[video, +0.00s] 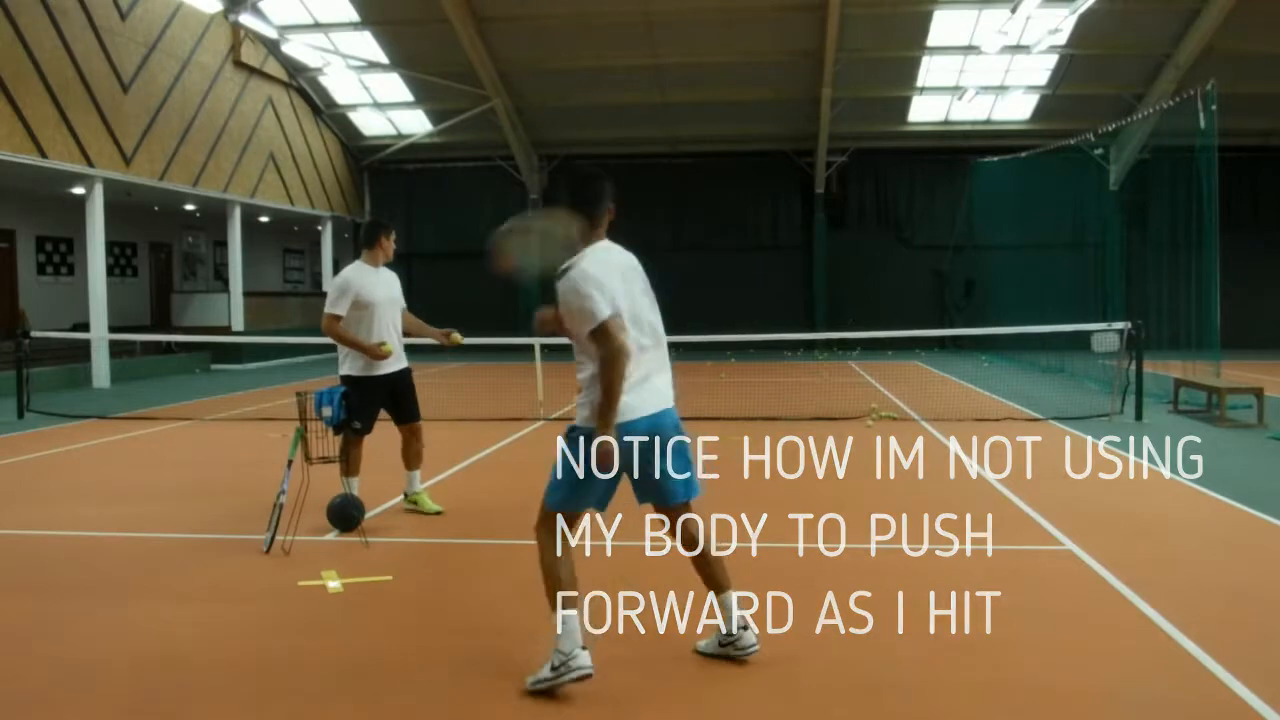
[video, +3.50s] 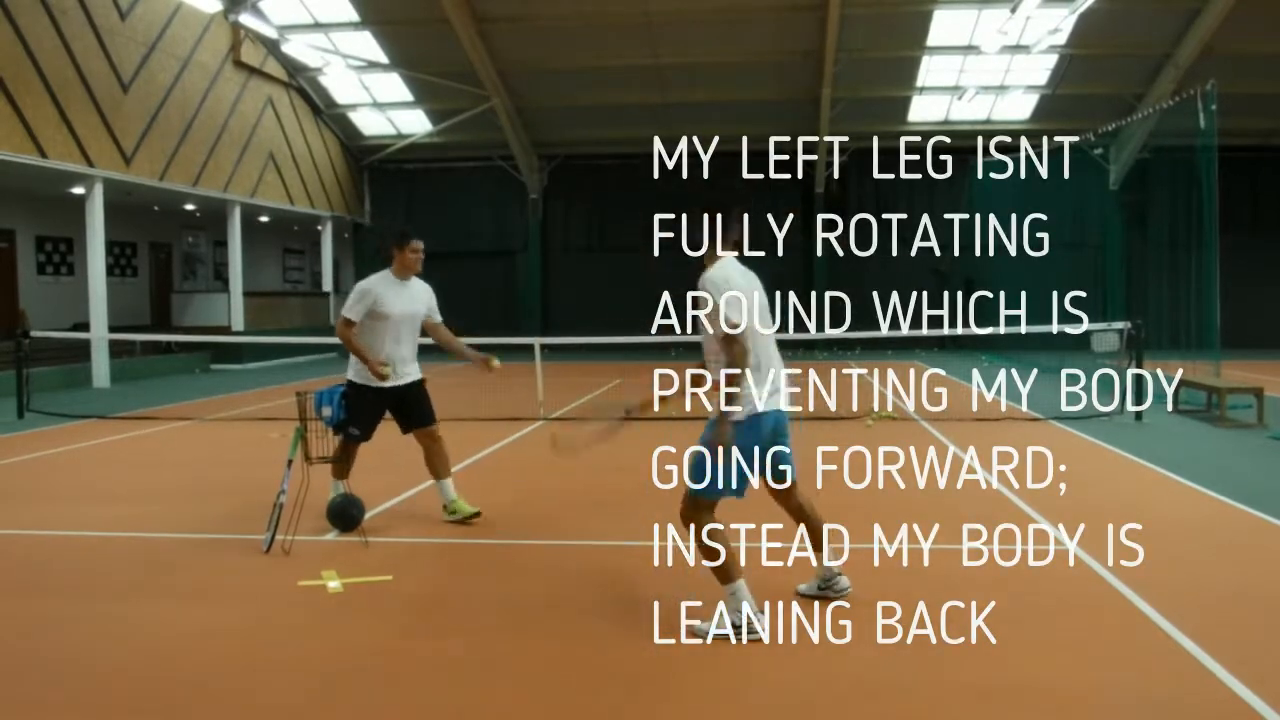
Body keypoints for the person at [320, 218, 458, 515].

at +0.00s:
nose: (395, 247)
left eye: (394, 241)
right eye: (393, 241)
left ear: (379, 242)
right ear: (381, 242)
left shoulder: (391, 277)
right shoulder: (347, 278)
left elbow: (401, 318)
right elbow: (329, 325)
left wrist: (437, 334)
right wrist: (366, 348)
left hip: (397, 371)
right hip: (360, 375)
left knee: (412, 429)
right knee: (353, 437)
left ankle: (413, 492)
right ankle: (351, 502)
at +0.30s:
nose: (415, 252)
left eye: (415, 247)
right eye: (410, 247)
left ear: (408, 251)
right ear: (391, 249)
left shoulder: (415, 284)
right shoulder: (362, 284)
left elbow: (426, 324)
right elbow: (338, 327)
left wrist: (457, 343)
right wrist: (368, 356)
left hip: (407, 375)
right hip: (367, 378)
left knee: (428, 429)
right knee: (358, 440)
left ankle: (452, 495)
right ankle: (351, 502)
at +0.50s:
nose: (439, 264)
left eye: (442, 258)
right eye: (432, 258)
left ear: (446, 262)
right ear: (418, 260)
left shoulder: (448, 294)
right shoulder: (390, 292)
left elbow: (451, 342)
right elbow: (365, 329)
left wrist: (469, 379)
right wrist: (385, 362)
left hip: (429, 379)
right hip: (386, 381)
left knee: (450, 436)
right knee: (372, 441)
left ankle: (456, 499)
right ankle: (352, 497)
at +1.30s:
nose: (410, 254)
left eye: (413, 249)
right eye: (404, 249)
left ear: (417, 255)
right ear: (388, 255)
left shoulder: (430, 291)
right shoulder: (369, 294)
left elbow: (448, 330)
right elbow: (349, 338)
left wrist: (449, 341)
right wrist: (372, 364)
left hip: (422, 381)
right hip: (380, 384)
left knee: (443, 435)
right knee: (363, 444)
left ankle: (459, 500)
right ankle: (341, 492)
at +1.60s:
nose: (381, 248)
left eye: (384, 243)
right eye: (374, 243)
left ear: (388, 248)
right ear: (361, 247)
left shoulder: (397, 283)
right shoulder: (342, 285)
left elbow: (402, 321)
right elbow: (319, 329)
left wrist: (412, 342)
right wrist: (348, 357)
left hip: (392, 376)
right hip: (353, 380)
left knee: (416, 430)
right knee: (345, 442)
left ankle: (421, 496)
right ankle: (337, 498)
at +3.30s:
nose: (396, 252)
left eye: (396, 247)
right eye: (394, 247)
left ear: (381, 248)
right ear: (381, 248)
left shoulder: (390, 281)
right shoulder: (346, 284)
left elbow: (402, 319)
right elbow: (326, 331)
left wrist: (443, 328)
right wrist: (362, 358)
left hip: (395, 374)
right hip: (358, 380)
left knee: (423, 425)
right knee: (349, 440)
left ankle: (428, 492)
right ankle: (337, 496)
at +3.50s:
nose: (420, 257)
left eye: (422, 252)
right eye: (414, 252)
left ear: (421, 256)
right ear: (396, 254)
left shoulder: (423, 291)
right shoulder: (369, 288)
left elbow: (438, 331)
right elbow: (343, 330)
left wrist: (475, 356)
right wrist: (369, 361)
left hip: (408, 382)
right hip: (367, 383)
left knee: (430, 436)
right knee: (350, 442)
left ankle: (451, 501)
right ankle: (337, 497)